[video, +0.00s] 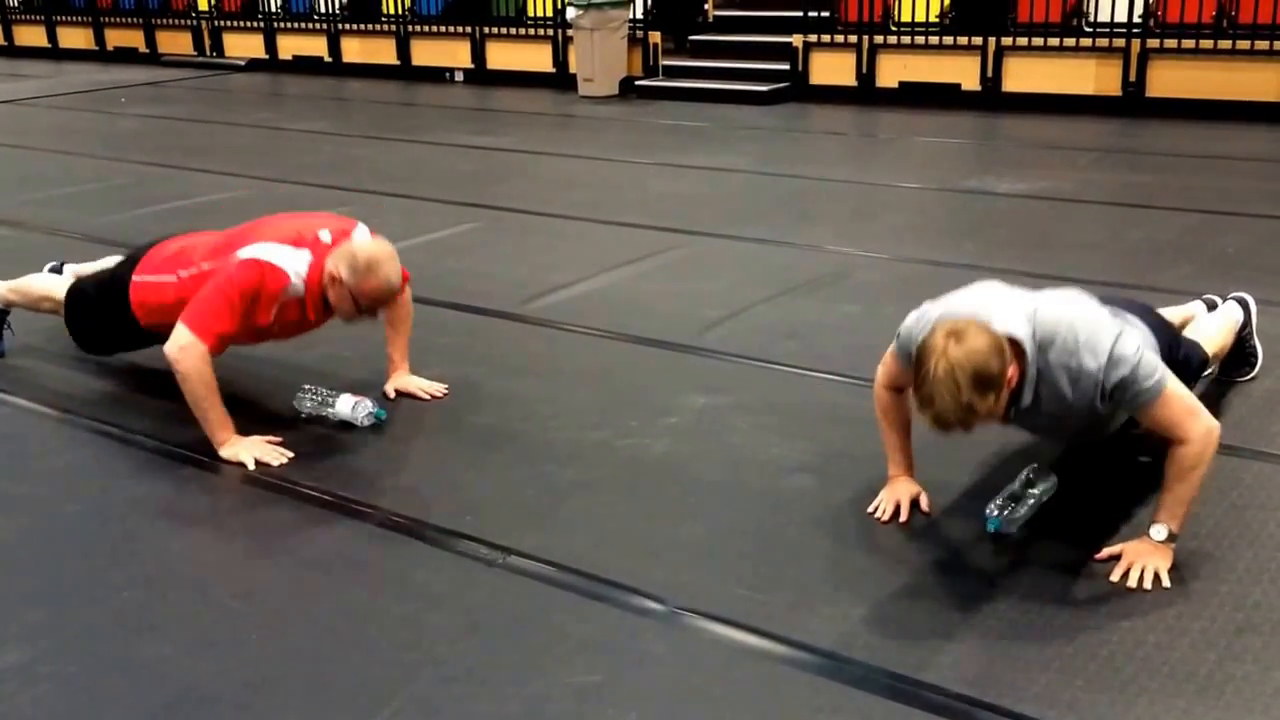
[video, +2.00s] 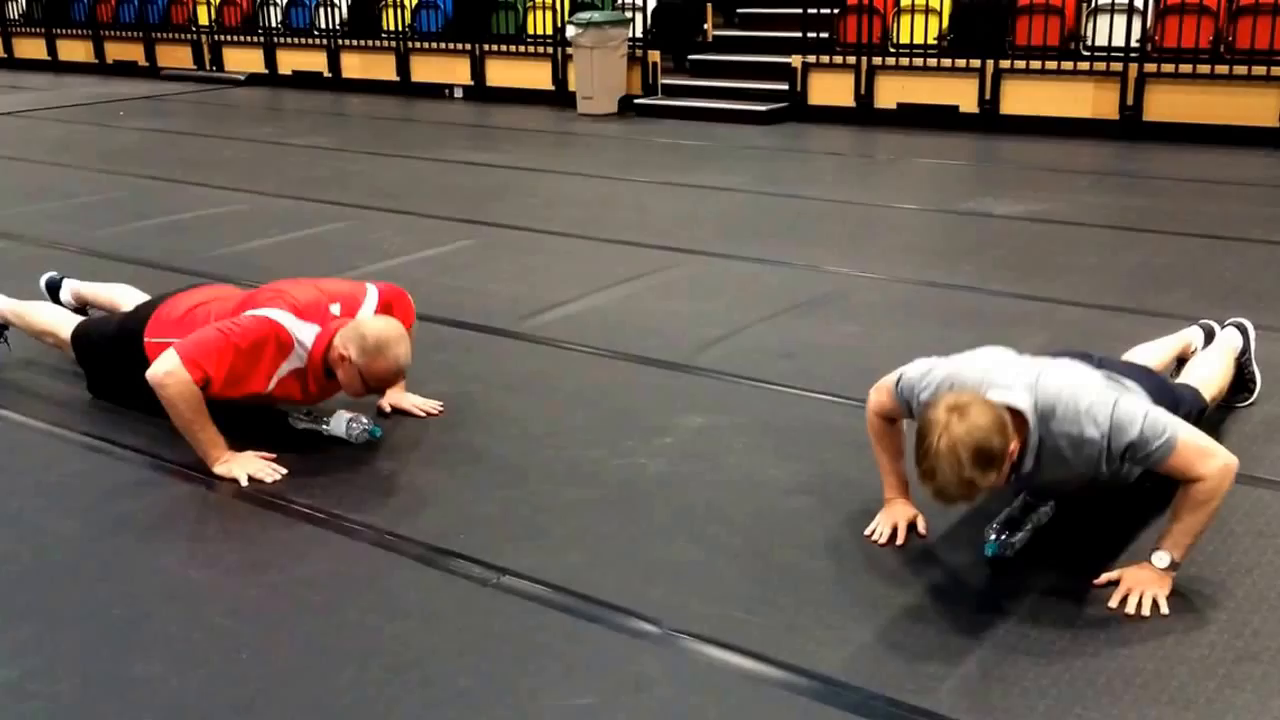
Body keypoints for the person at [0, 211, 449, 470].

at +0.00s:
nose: (363, 315)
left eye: (375, 306)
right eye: (358, 305)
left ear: (390, 282)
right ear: (333, 279)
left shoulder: (368, 250)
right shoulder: (258, 274)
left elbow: (400, 294)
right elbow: (185, 352)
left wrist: (401, 369)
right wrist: (228, 440)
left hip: (193, 259)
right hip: (142, 290)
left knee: (121, 272)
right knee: (69, 298)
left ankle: (73, 272)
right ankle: (5, 292)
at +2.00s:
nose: (371, 393)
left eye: (380, 387)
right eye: (365, 386)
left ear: (401, 336)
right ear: (342, 357)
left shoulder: (385, 306)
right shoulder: (265, 338)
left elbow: (400, 305)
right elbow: (167, 376)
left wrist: (392, 385)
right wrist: (221, 457)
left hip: (212, 304)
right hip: (151, 335)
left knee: (140, 306)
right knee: (71, 335)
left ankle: (65, 288)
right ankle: (6, 306)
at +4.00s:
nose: (369, 413)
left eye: (382, 407)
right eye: (365, 406)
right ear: (343, 374)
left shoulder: (388, 314)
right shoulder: (271, 350)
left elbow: (398, 310)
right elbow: (168, 378)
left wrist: (390, 393)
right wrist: (222, 457)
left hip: (223, 314)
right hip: (158, 344)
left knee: (143, 316)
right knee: (74, 342)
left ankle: (69, 290)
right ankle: (7, 308)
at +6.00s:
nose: (365, 388)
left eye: (375, 381)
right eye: (360, 380)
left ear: (395, 335)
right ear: (334, 353)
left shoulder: (371, 308)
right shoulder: (261, 340)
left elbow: (395, 305)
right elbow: (163, 380)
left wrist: (390, 388)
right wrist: (220, 458)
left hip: (208, 312)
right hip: (148, 343)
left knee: (139, 314)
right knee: (72, 342)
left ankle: (70, 291)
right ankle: (4, 310)